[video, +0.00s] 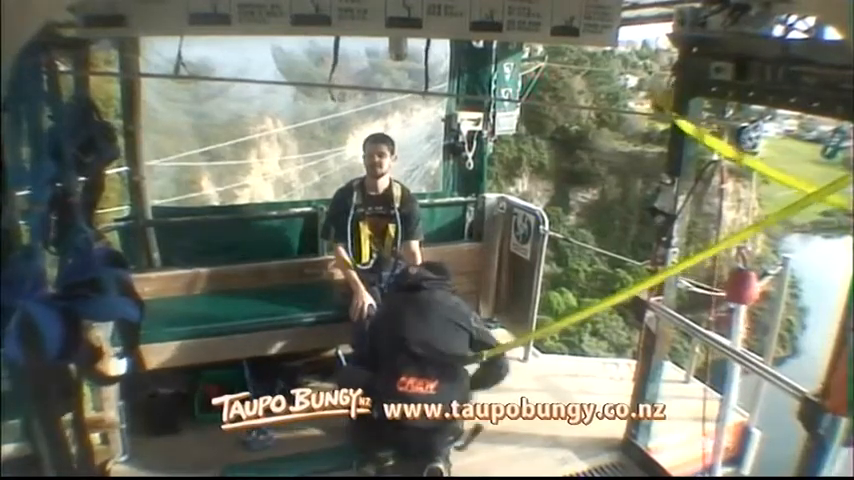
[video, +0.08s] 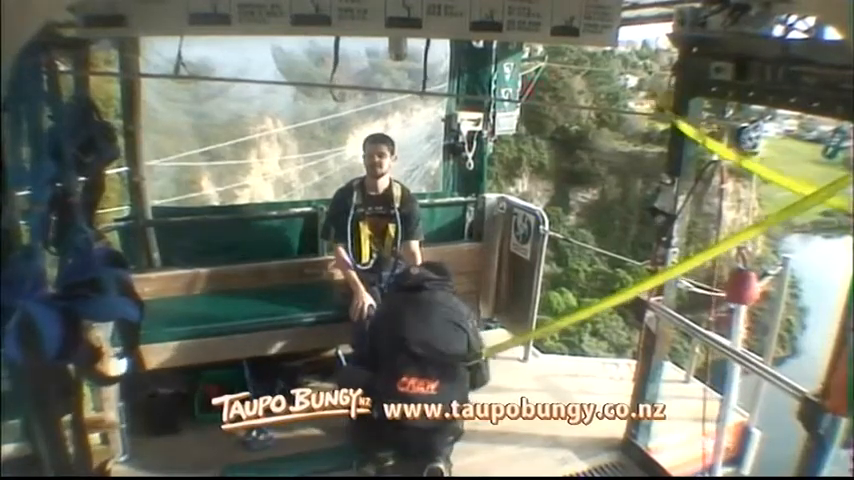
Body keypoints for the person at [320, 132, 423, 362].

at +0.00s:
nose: (375, 161)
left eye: (381, 155)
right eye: (370, 155)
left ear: (392, 159)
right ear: (363, 159)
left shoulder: (405, 198)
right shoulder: (346, 197)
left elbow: (412, 248)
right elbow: (339, 249)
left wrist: (415, 286)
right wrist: (359, 290)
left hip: (397, 274)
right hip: (362, 275)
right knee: (367, 313)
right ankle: (367, 372)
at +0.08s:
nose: (375, 161)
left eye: (381, 155)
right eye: (370, 155)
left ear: (392, 159)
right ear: (363, 159)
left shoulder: (405, 198)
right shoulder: (345, 197)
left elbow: (412, 248)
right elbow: (339, 251)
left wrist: (415, 286)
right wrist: (359, 291)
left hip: (397, 274)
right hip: (362, 276)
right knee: (366, 314)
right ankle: (367, 372)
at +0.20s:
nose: (375, 161)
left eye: (381, 155)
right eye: (370, 155)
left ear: (393, 159)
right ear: (363, 159)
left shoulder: (405, 199)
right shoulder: (345, 197)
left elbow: (413, 250)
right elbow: (339, 251)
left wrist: (413, 288)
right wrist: (359, 291)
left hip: (397, 276)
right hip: (362, 277)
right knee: (366, 316)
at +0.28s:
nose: (375, 161)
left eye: (381, 156)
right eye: (370, 156)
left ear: (393, 159)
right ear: (363, 159)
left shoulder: (405, 199)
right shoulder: (345, 197)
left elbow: (412, 250)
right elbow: (339, 251)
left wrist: (412, 288)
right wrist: (359, 291)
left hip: (397, 275)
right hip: (362, 276)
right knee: (366, 316)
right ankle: (367, 373)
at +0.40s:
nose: (374, 161)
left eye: (381, 156)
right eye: (369, 156)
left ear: (393, 159)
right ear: (363, 159)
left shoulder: (405, 198)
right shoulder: (346, 197)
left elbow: (413, 249)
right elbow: (339, 251)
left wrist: (417, 290)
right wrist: (359, 291)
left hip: (397, 275)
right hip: (362, 276)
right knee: (366, 317)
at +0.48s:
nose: (375, 162)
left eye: (381, 156)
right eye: (369, 156)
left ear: (392, 159)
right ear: (363, 159)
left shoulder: (405, 198)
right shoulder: (345, 197)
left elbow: (413, 249)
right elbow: (339, 251)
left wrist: (418, 288)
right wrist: (359, 291)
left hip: (397, 275)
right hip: (362, 277)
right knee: (367, 315)